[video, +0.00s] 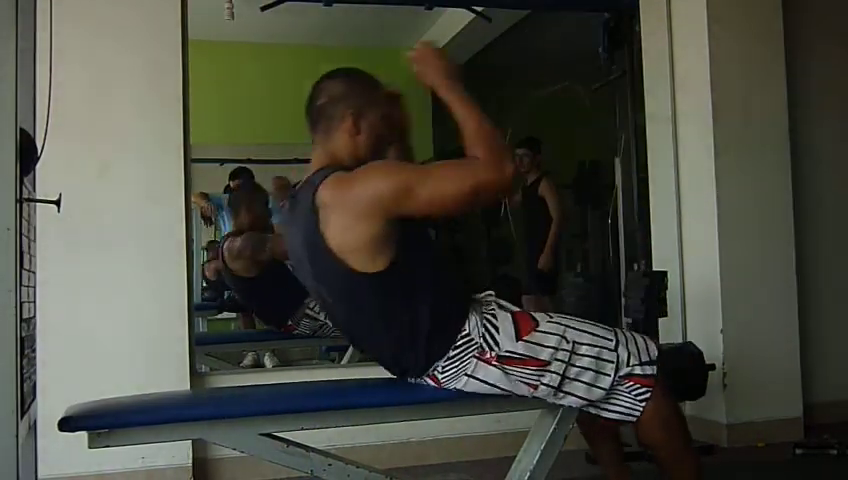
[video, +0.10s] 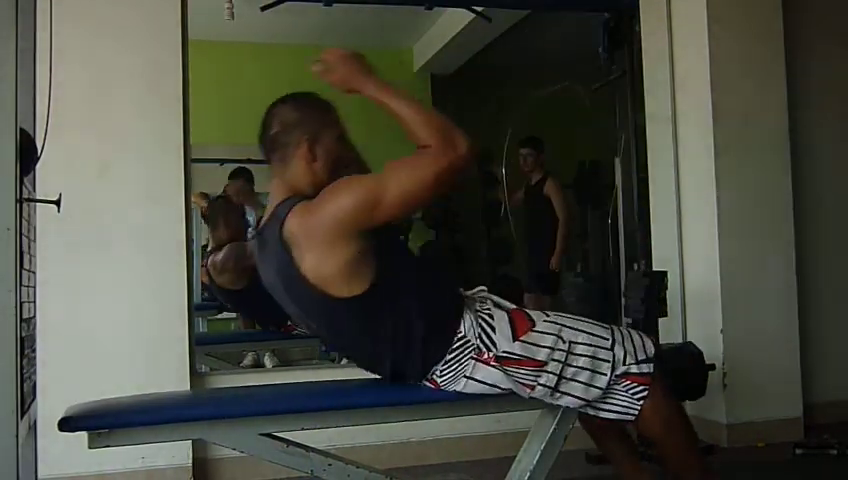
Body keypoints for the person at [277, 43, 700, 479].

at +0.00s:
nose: (394, 141)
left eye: (393, 128)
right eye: (387, 126)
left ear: (331, 127)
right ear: (352, 125)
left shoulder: (306, 200)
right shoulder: (359, 190)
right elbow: (494, 173)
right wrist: (448, 85)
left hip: (429, 347)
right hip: (459, 347)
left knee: (576, 351)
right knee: (634, 367)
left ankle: (615, 468)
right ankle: (686, 468)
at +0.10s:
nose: (348, 159)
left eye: (345, 146)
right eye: (341, 147)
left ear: (279, 156)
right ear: (313, 150)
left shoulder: (274, 232)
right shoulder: (325, 215)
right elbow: (449, 152)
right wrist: (368, 83)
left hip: (431, 350)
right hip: (463, 344)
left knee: (571, 351)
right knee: (633, 365)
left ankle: (626, 464)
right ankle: (694, 469)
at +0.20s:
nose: (314, 193)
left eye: (309, 182)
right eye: (302, 182)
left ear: (242, 198)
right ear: (267, 192)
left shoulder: (252, 263)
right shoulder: (291, 253)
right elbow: (393, 150)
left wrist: (251, 145)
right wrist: (291, 107)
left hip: (440, 336)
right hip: (455, 343)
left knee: (583, 365)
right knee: (625, 365)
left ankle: (644, 464)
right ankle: (723, 461)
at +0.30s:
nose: (272, 239)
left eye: (267, 229)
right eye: (258, 231)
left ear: (217, 250)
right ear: (226, 245)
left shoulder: (246, 307)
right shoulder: (259, 306)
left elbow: (318, 187)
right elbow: (332, 172)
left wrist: (205, 178)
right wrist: (214, 158)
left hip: (448, 327)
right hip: (455, 339)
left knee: (592, 357)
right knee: (624, 355)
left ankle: (656, 455)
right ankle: (733, 432)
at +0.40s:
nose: (228, 256)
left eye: (218, 249)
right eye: (213, 257)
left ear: (181, 293)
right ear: (191, 285)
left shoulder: (229, 330)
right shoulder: (236, 340)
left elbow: (263, 196)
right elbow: (263, 189)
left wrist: (153, 232)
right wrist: (150, 232)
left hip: (439, 317)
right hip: (450, 338)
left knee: (589, 350)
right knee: (621, 362)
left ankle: (664, 433)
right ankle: (735, 399)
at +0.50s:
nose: (192, 261)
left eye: (182, 256)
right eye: (177, 261)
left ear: (160, 300)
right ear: (170, 293)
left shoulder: (222, 334)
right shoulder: (226, 342)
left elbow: (199, 199)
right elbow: (197, 192)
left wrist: (111, 284)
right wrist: (110, 282)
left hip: (437, 322)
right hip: (451, 340)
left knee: (587, 341)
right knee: (615, 358)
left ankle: (678, 421)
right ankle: (737, 390)